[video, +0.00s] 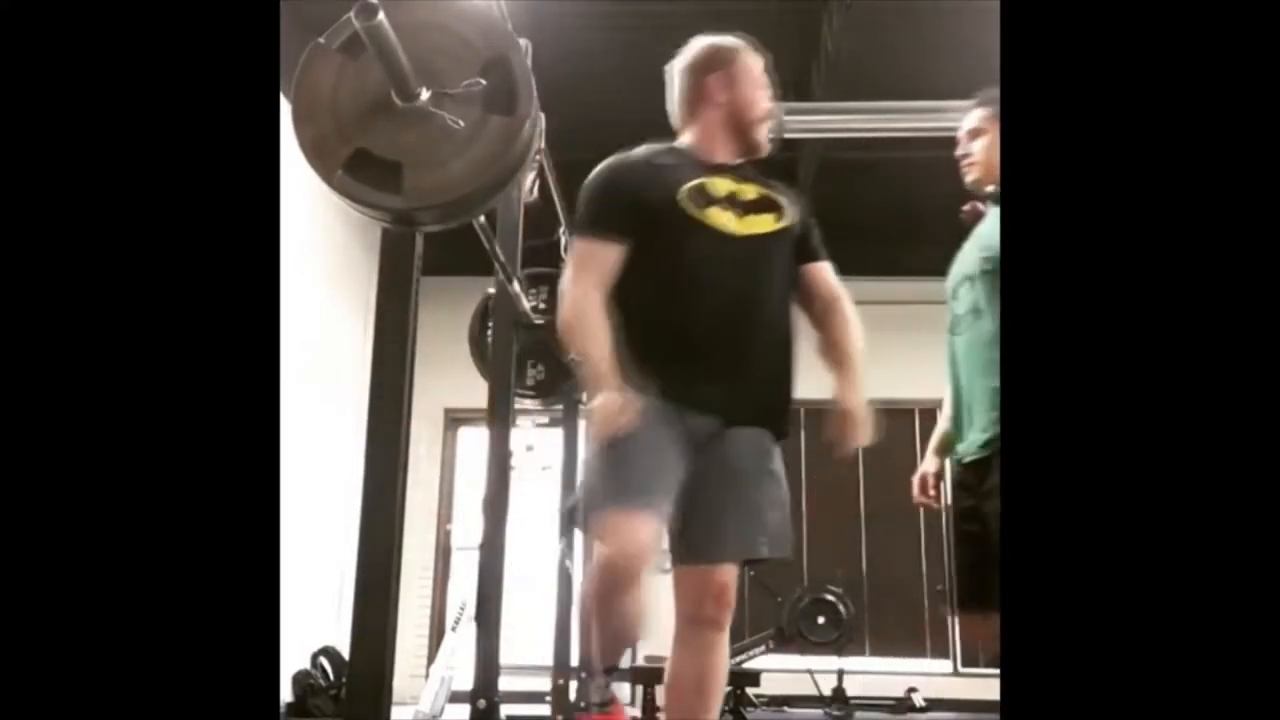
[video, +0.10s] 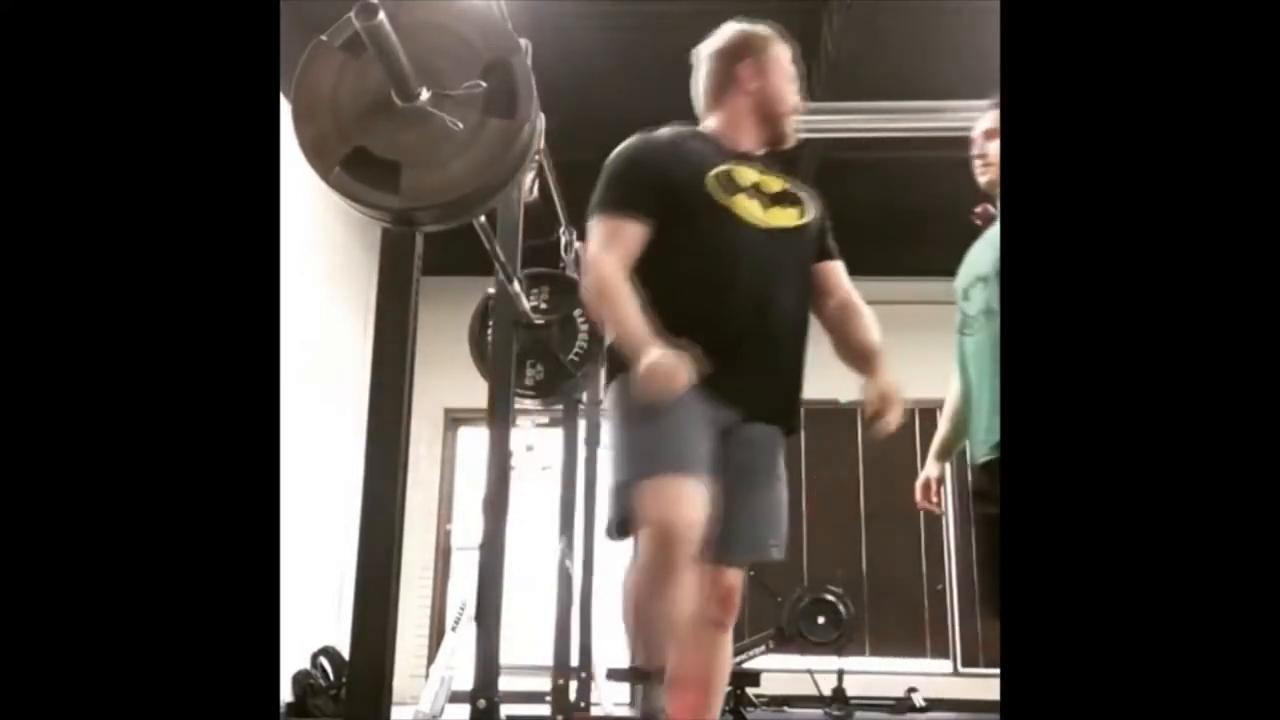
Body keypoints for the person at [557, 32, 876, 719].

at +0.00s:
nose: (773, 101)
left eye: (771, 86)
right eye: (760, 84)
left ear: (731, 94)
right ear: (715, 91)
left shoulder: (781, 203)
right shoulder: (632, 177)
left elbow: (828, 300)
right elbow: (580, 289)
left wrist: (851, 394)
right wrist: (602, 386)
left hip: (744, 421)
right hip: (650, 404)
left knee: (711, 603)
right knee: (621, 556)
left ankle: (689, 719)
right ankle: (601, 695)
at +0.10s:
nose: (801, 91)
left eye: (798, 76)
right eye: (789, 73)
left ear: (754, 82)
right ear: (746, 78)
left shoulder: (798, 197)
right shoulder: (656, 157)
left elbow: (837, 297)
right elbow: (602, 266)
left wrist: (876, 366)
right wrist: (645, 350)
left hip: (757, 407)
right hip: (672, 382)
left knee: (718, 597)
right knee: (673, 528)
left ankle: (691, 718)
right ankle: (648, 697)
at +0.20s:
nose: (824, 91)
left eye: (823, 75)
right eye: (816, 73)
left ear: (779, 72)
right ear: (777, 69)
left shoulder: (813, 188)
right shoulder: (680, 137)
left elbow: (843, 303)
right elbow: (618, 252)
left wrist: (894, 370)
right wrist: (670, 330)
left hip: (772, 401)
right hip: (685, 370)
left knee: (736, 574)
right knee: (712, 539)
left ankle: (712, 711)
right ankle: (706, 710)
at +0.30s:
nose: (848, 75)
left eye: (845, 57)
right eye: (842, 55)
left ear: (800, 57)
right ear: (809, 52)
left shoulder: (834, 181)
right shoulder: (705, 117)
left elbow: (847, 304)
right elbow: (638, 228)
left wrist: (900, 382)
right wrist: (678, 333)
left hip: (790, 408)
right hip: (705, 381)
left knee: (740, 591)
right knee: (739, 566)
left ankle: (693, 716)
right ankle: (759, 719)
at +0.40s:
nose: (867, 52)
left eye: (865, 34)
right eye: (860, 30)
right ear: (829, 32)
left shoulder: (853, 164)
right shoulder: (724, 96)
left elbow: (849, 297)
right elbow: (656, 213)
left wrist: (886, 407)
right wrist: (672, 330)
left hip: (822, 407)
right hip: (737, 384)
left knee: (768, 605)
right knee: (760, 597)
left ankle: (706, 714)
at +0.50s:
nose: (892, 30)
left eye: (892, 15)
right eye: (887, 12)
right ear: (854, 9)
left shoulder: (877, 131)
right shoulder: (746, 66)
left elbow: (862, 264)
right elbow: (672, 186)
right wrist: (678, 322)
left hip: (864, 383)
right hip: (772, 363)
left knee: (854, 596)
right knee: (782, 585)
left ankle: (739, 705)